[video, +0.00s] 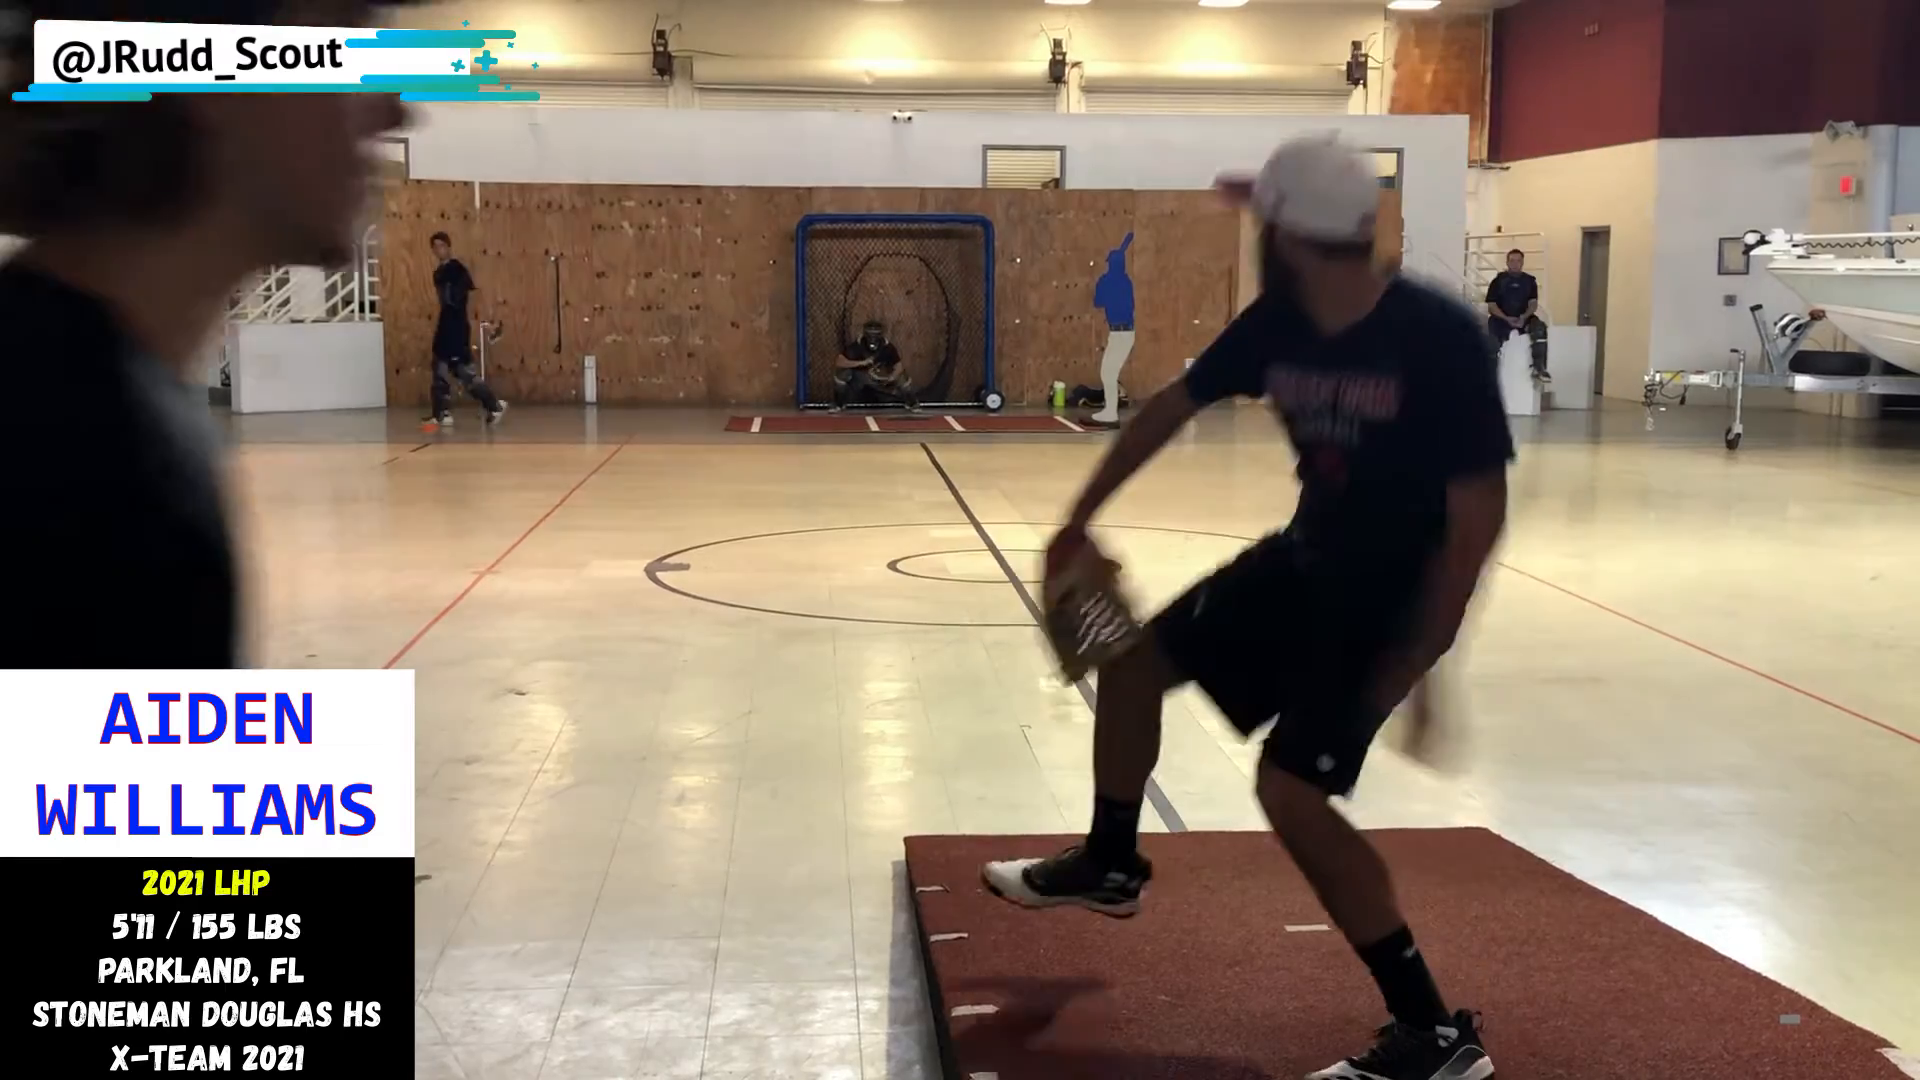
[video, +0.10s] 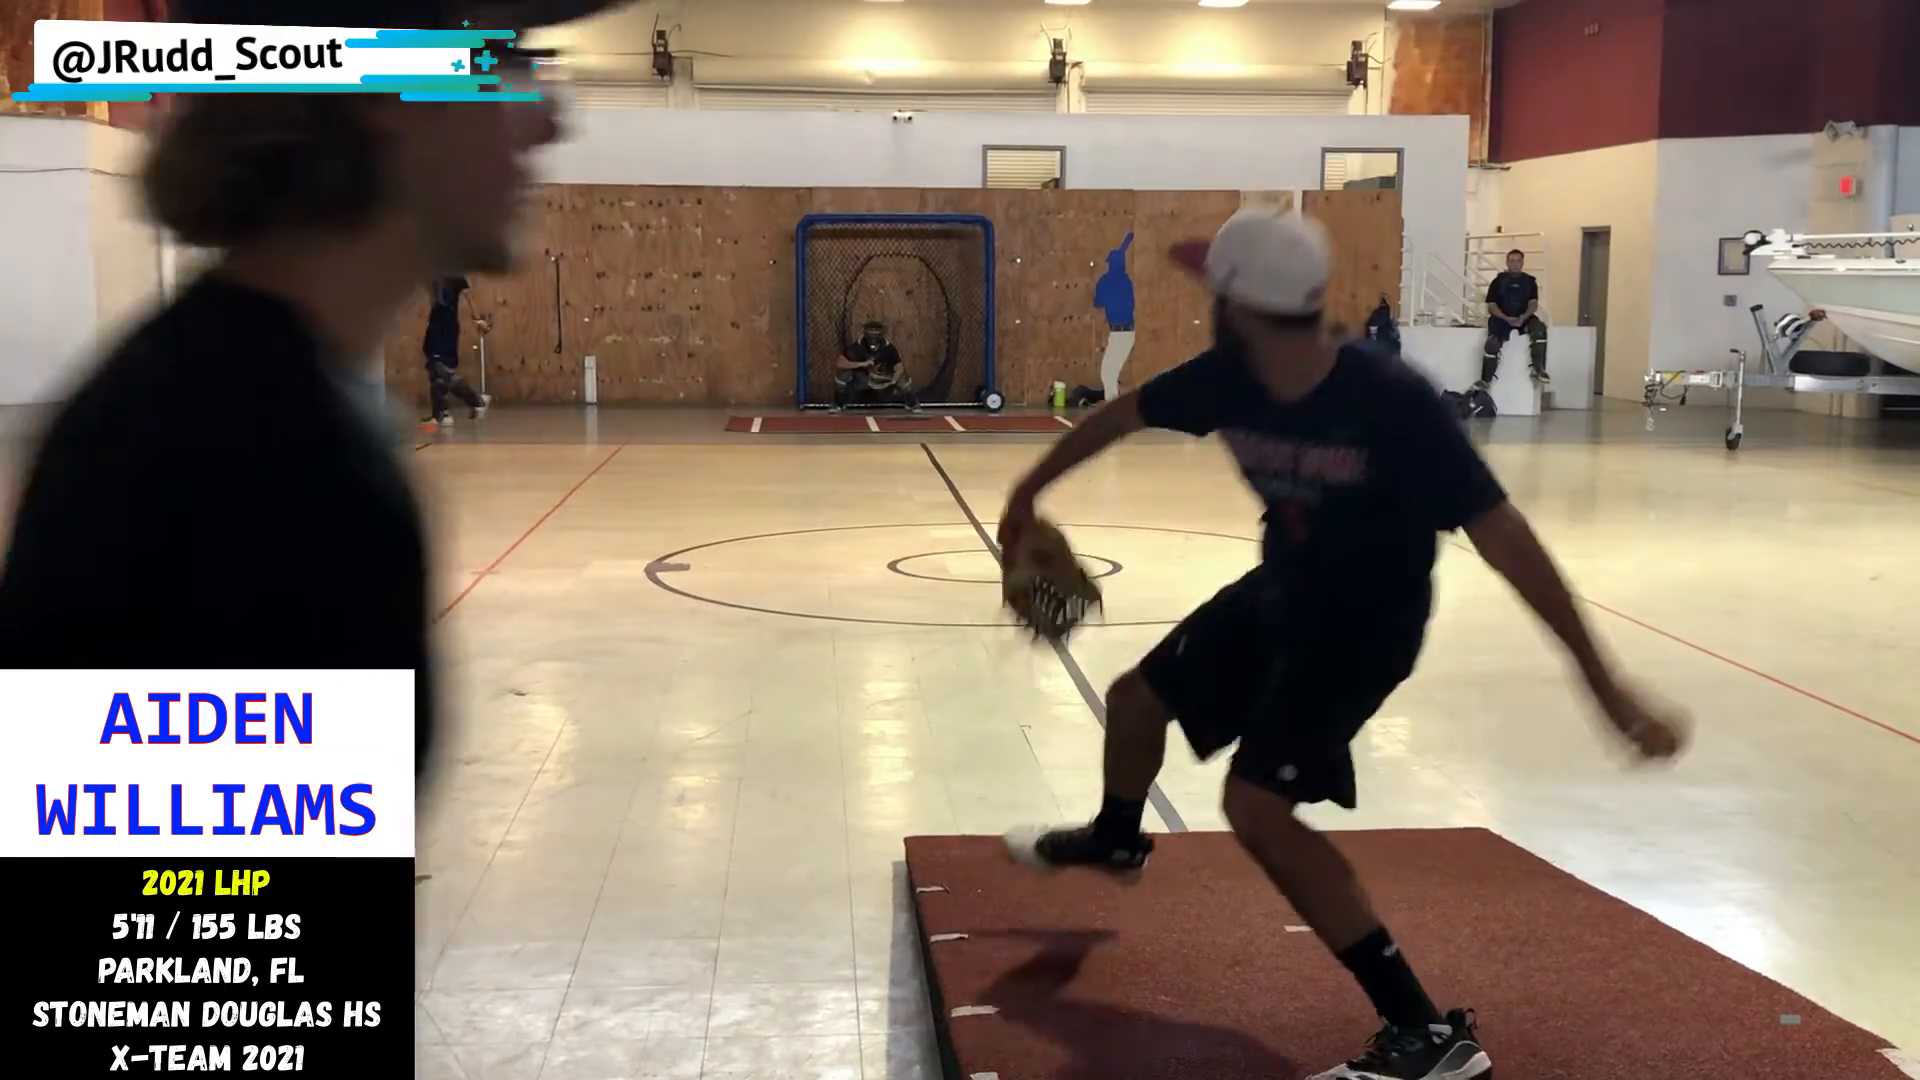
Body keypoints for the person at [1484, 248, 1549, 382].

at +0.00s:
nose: (1515, 264)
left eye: (1518, 261)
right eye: (1512, 260)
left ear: (1522, 263)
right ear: (1507, 262)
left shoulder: (1529, 280)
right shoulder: (1499, 280)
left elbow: (1533, 303)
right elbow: (1491, 305)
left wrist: (1524, 317)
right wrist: (1507, 319)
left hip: (1523, 317)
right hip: (1503, 317)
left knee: (1539, 328)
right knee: (1493, 336)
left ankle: (1540, 368)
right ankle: (1490, 373)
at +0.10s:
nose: (1515, 264)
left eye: (1518, 261)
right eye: (1512, 260)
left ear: (1522, 263)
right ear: (1507, 262)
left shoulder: (1529, 280)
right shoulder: (1498, 280)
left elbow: (1533, 303)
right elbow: (1491, 305)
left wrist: (1523, 317)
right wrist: (1506, 319)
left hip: (1523, 316)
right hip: (1502, 317)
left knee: (1539, 329)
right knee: (1493, 341)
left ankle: (1539, 369)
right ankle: (1486, 380)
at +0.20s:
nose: (1515, 264)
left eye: (1518, 261)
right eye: (1512, 261)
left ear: (1522, 263)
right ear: (1507, 263)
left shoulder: (1529, 280)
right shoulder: (1498, 280)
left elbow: (1533, 303)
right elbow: (1491, 305)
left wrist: (1524, 317)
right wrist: (1506, 319)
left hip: (1523, 316)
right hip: (1502, 316)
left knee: (1539, 329)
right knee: (1493, 341)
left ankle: (1539, 369)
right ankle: (1485, 379)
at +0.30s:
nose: (1515, 264)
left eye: (1518, 261)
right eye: (1512, 260)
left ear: (1522, 262)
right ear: (1507, 262)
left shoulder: (1529, 280)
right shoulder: (1499, 280)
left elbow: (1533, 303)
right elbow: (1491, 305)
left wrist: (1523, 317)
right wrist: (1506, 318)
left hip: (1523, 316)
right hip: (1502, 316)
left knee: (1539, 327)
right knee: (1493, 340)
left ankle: (1541, 367)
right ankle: (1486, 379)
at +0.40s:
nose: (1515, 264)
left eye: (1518, 261)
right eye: (1512, 261)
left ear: (1522, 263)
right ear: (1507, 263)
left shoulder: (1530, 281)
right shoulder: (1500, 280)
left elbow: (1533, 304)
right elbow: (1492, 305)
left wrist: (1524, 317)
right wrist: (1505, 318)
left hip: (1523, 316)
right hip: (1503, 317)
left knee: (1539, 327)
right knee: (1493, 340)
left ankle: (1542, 367)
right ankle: (1486, 379)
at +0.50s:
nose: (1514, 264)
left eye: (1517, 261)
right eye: (1511, 261)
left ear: (1522, 263)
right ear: (1507, 263)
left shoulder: (1530, 280)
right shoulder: (1499, 280)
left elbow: (1533, 303)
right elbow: (1492, 305)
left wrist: (1524, 317)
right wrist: (1505, 319)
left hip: (1523, 316)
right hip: (1502, 316)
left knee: (1540, 327)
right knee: (1493, 340)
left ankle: (1542, 366)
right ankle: (1486, 379)